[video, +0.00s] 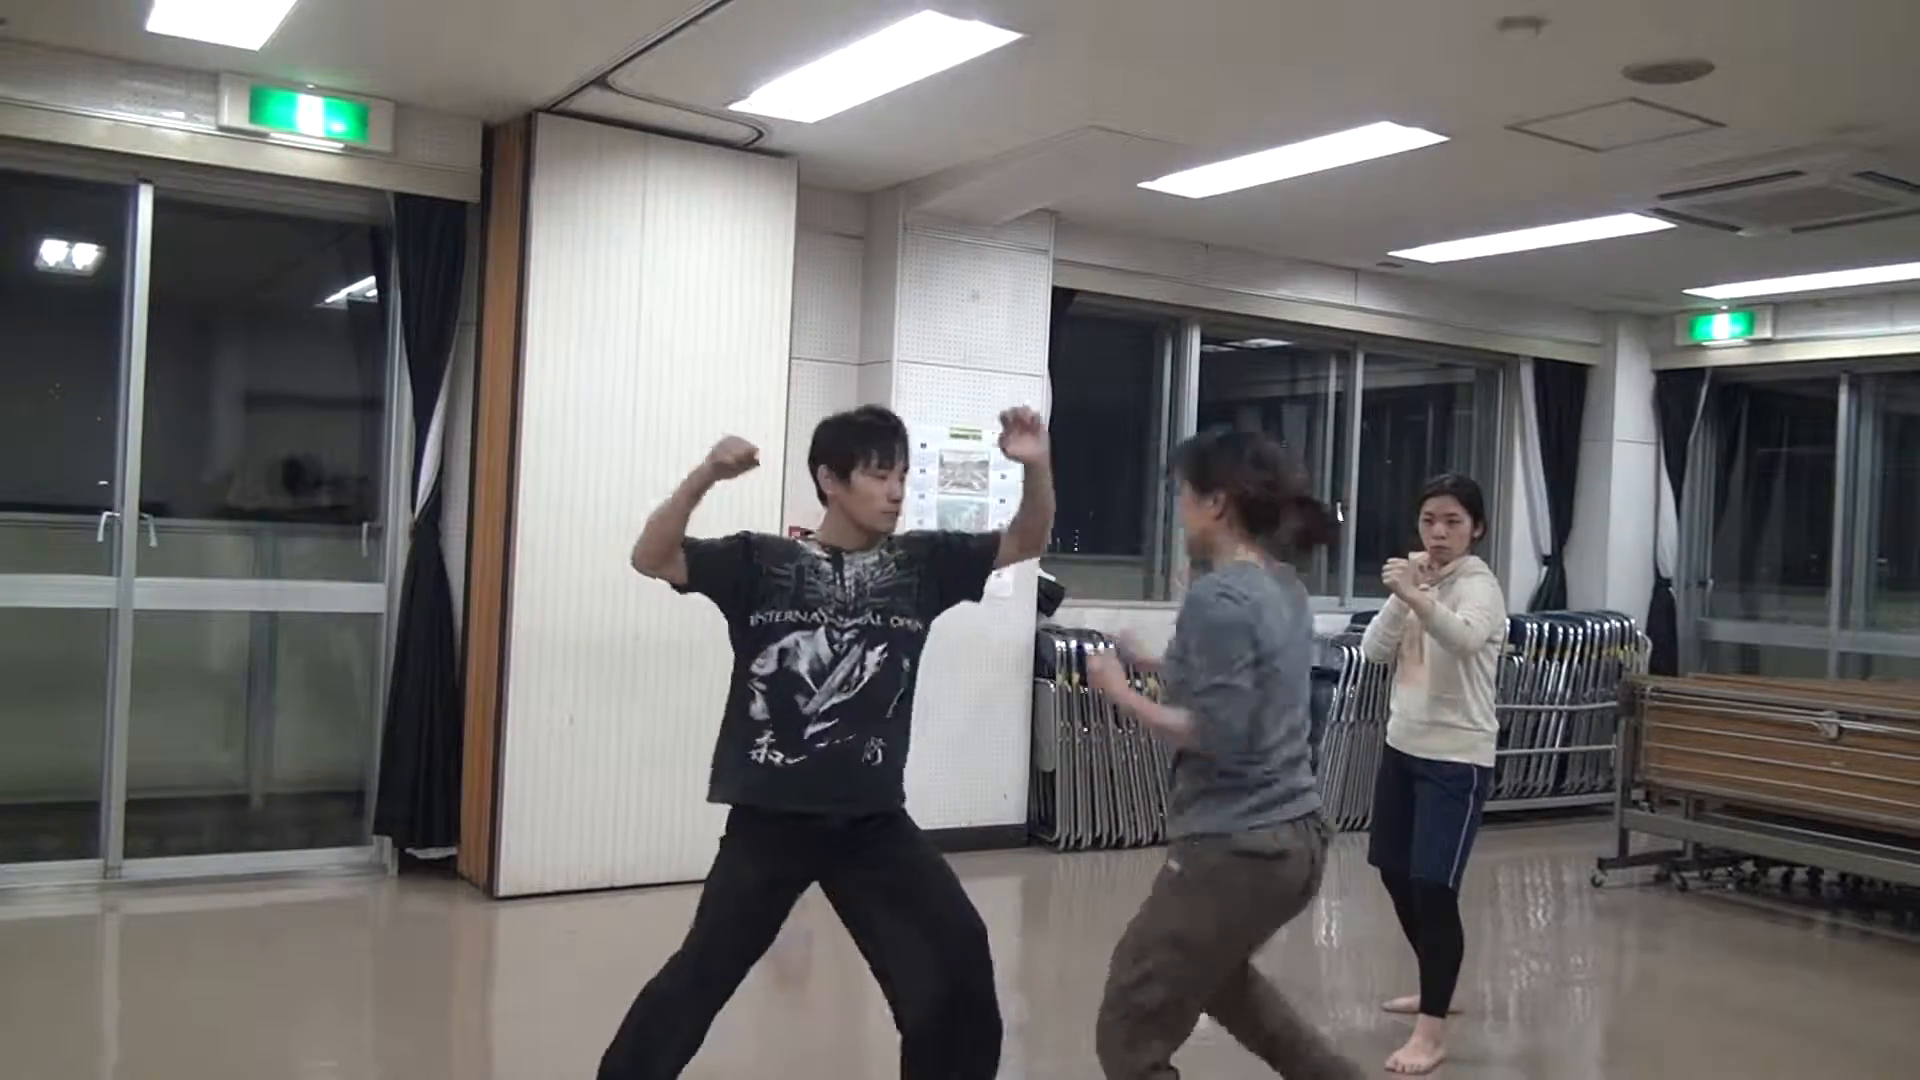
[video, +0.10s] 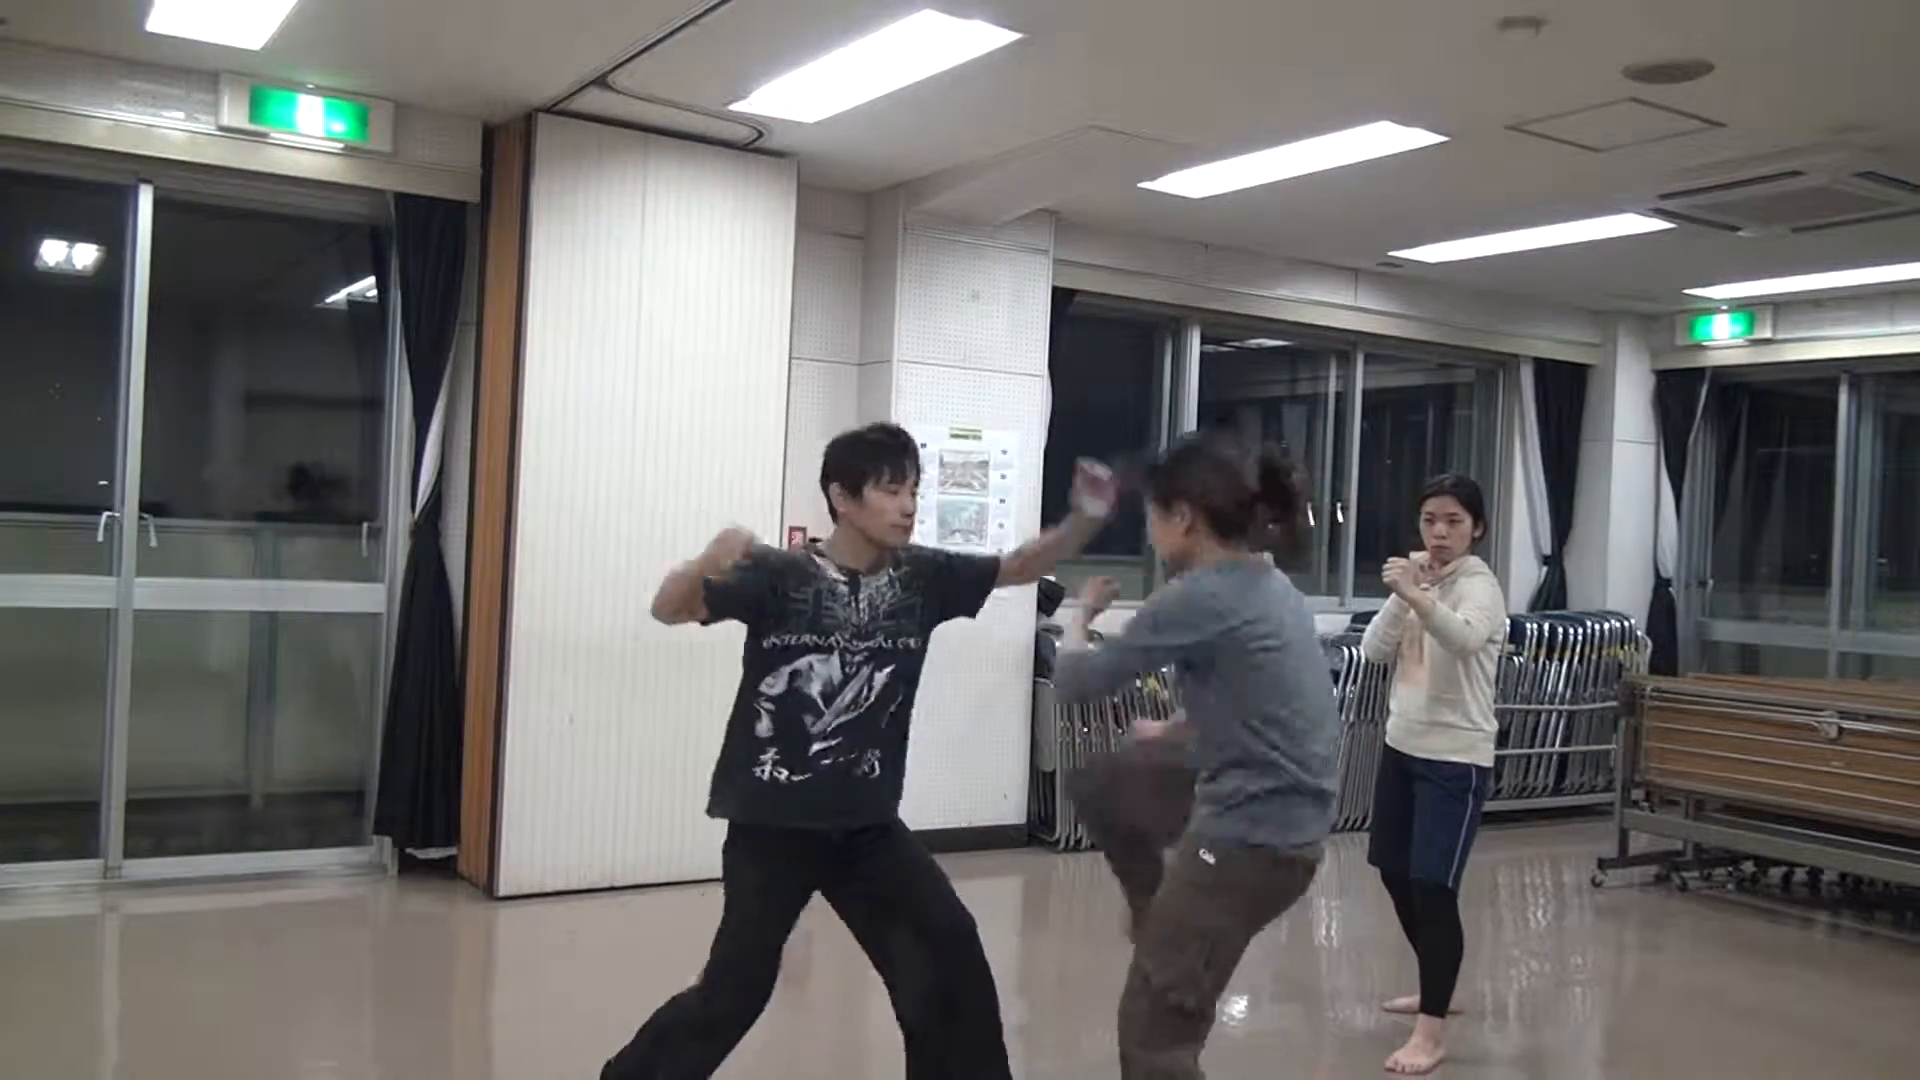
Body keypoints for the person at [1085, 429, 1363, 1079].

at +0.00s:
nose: (1179, 512)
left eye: (1185, 496)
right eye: (1181, 497)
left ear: (1217, 504)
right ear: (1239, 503)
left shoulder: (1219, 597)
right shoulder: (1285, 588)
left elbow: (1218, 732)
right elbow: (1246, 684)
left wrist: (1121, 693)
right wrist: (1152, 665)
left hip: (1235, 854)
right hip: (1297, 841)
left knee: (1129, 1034)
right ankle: (1330, 1072)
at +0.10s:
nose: (1151, 534)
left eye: (1153, 517)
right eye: (1151, 518)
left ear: (1184, 517)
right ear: (1226, 513)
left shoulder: (1205, 595)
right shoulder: (1274, 588)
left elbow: (1077, 680)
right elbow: (1259, 707)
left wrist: (1077, 620)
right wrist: (1172, 732)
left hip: (1249, 838)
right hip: (1286, 824)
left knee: (1154, 1025)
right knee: (1105, 781)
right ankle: (1163, 931)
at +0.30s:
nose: (1174, 535)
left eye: (1178, 518)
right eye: (1173, 519)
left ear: (1208, 512)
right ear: (1235, 508)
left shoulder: (1239, 590)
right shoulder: (1290, 583)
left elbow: (1109, 666)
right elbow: (1212, 629)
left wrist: (1126, 617)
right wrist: (1155, 617)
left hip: (1219, 823)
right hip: (1201, 777)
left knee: (1153, 1015)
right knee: (1031, 725)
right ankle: (892, 788)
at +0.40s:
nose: (1197, 507)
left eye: (1198, 491)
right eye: (1196, 491)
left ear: (1223, 494)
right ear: (1283, 491)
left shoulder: (1250, 590)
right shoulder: (1294, 575)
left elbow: (1153, 694)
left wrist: (1126, 645)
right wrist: (1170, 663)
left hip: (1210, 826)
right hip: (1167, 780)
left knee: (1155, 1022)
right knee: (1013, 821)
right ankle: (944, 987)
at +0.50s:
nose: (1197, 504)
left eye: (1199, 489)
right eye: (1197, 489)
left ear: (1221, 496)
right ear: (1284, 492)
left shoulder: (1246, 599)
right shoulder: (1285, 579)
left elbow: (1170, 723)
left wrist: (1122, 719)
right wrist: (1160, 725)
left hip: (1201, 833)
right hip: (1160, 810)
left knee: (1151, 1022)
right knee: (1061, 914)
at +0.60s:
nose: (1197, 506)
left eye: (1199, 491)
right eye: (1198, 492)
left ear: (1213, 497)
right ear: (1284, 497)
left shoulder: (1232, 597)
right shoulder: (1284, 587)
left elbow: (1216, 732)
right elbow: (1238, 714)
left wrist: (1142, 755)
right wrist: (1159, 748)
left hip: (1185, 829)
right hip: (1224, 825)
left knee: (1126, 998)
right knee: (1162, 987)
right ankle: (1192, 1070)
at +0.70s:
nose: (1199, 509)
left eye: (1202, 497)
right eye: (1201, 497)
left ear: (1212, 505)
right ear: (1289, 504)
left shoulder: (1201, 591)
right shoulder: (1309, 602)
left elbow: (1213, 717)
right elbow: (1294, 727)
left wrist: (1146, 757)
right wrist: (1233, 755)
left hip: (1163, 829)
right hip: (1245, 832)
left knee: (1125, 995)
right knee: (1229, 985)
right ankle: (1246, 1075)